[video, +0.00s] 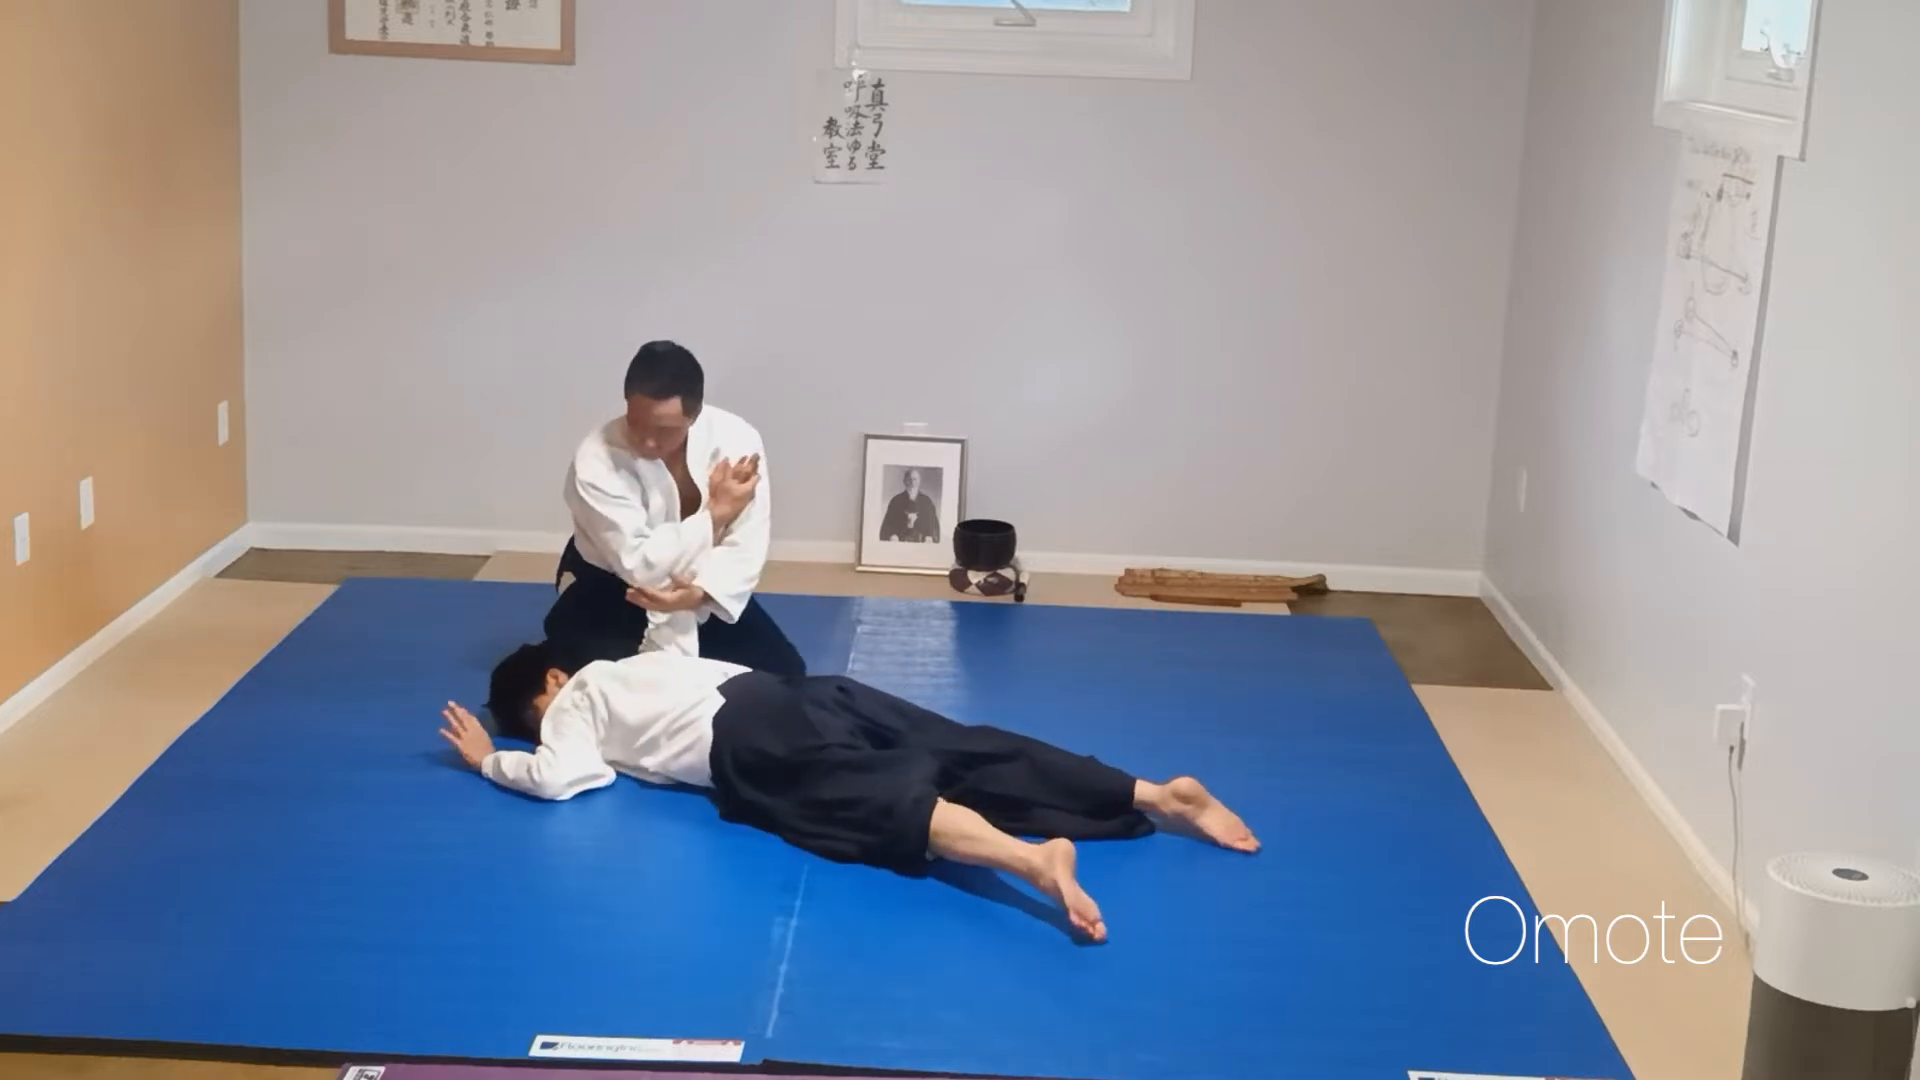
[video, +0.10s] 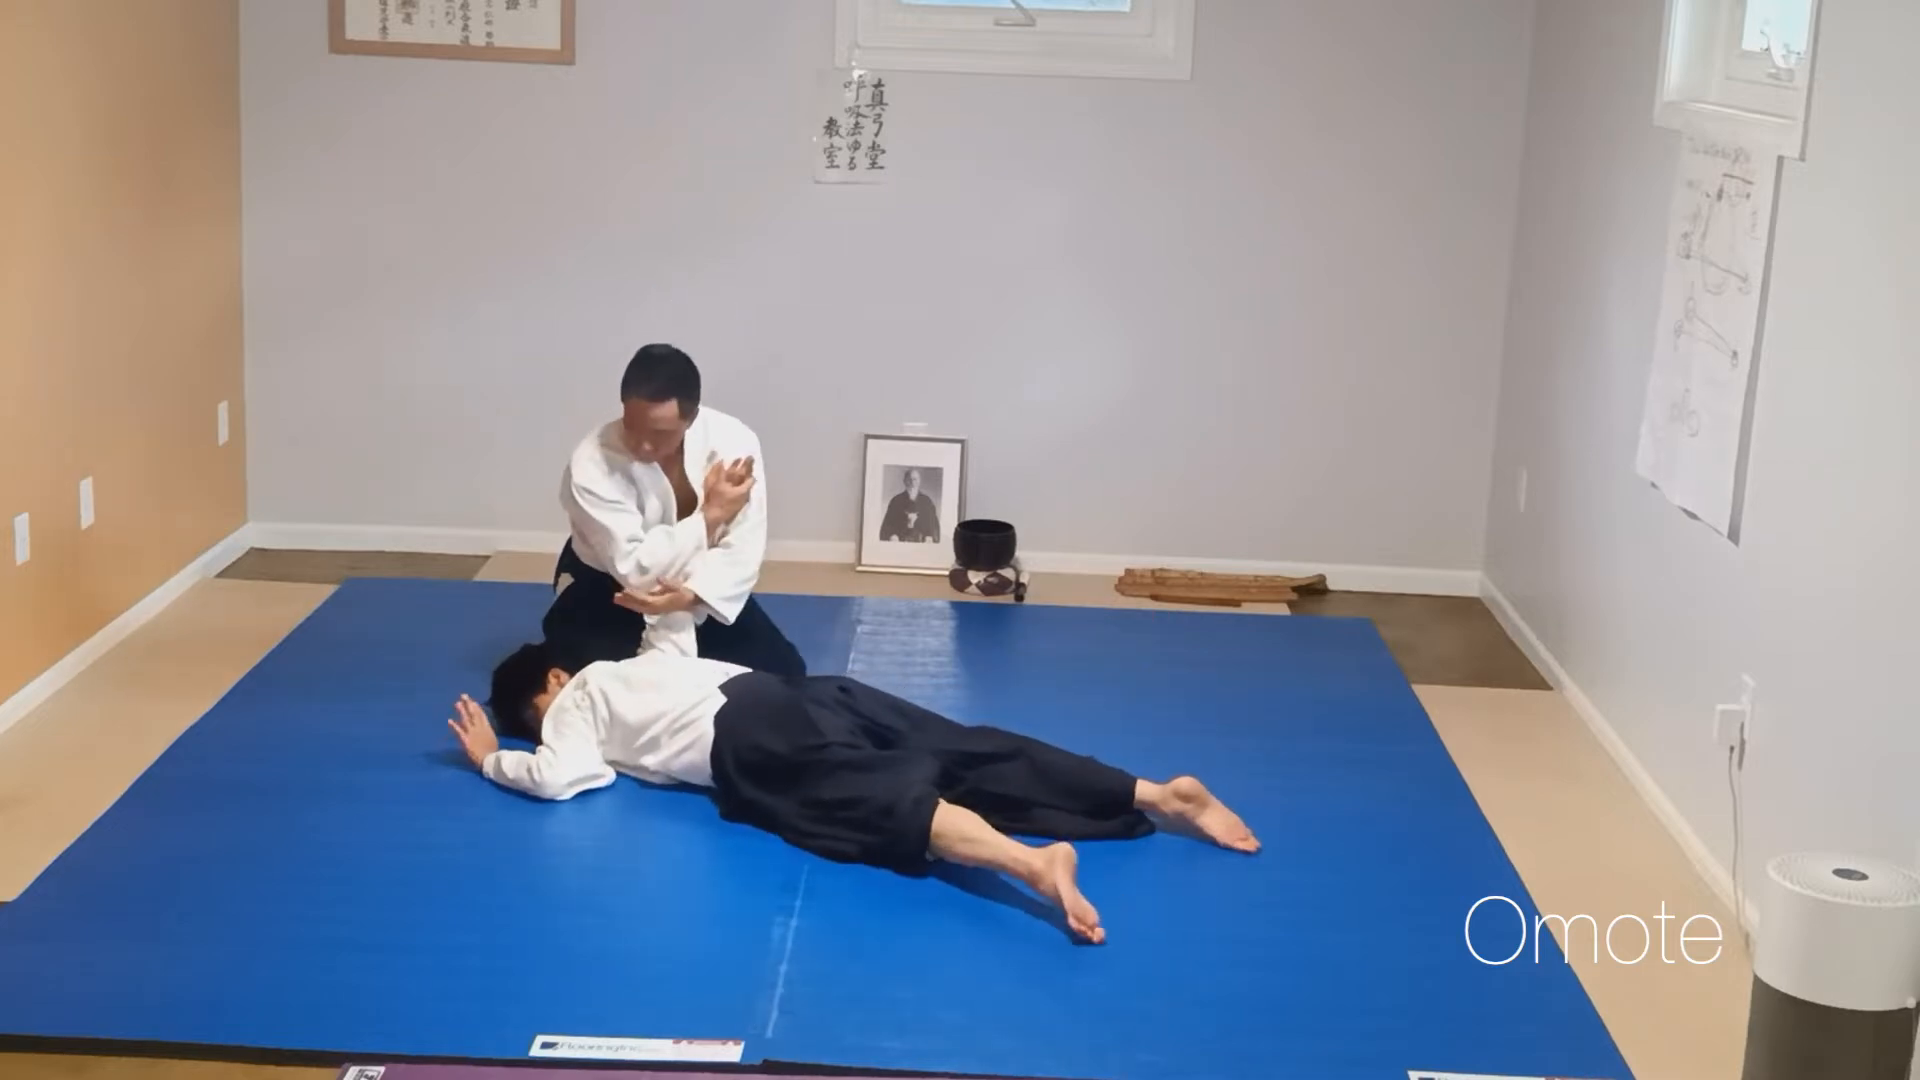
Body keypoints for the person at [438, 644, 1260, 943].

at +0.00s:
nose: (536, 720)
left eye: (527, 710)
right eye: (533, 709)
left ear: (546, 692)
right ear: (573, 664)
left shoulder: (573, 699)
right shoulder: (647, 660)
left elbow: (558, 778)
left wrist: (488, 759)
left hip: (748, 737)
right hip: (802, 687)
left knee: (889, 809)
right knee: (964, 748)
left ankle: (1030, 860)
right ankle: (1159, 797)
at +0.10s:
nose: (533, 719)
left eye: (526, 710)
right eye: (531, 709)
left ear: (547, 688)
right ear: (578, 662)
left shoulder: (572, 700)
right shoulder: (652, 659)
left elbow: (561, 775)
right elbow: (716, 645)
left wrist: (492, 758)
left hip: (749, 738)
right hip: (804, 688)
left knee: (891, 808)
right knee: (965, 748)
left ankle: (1030, 863)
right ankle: (1160, 797)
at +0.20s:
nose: (533, 719)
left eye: (526, 709)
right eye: (531, 708)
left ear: (546, 689)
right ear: (577, 662)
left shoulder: (574, 698)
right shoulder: (649, 657)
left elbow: (558, 778)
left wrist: (487, 753)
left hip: (749, 736)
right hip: (803, 686)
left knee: (886, 807)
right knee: (962, 748)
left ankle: (1029, 860)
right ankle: (1159, 797)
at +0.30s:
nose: (532, 722)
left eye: (526, 709)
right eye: (531, 709)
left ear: (547, 689)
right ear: (577, 663)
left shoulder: (576, 703)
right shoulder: (654, 653)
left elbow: (554, 779)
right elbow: (706, 641)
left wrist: (498, 758)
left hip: (751, 739)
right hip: (806, 690)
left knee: (889, 806)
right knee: (965, 748)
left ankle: (1030, 855)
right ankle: (1160, 795)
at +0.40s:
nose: (538, 723)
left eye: (530, 711)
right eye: (534, 709)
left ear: (548, 690)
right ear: (572, 666)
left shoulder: (579, 704)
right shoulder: (645, 648)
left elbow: (555, 777)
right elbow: (688, 625)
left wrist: (487, 756)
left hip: (745, 735)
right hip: (795, 688)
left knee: (882, 801)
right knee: (956, 745)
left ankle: (1029, 853)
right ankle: (1155, 796)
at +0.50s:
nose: (535, 727)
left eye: (528, 714)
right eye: (533, 714)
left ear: (546, 693)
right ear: (574, 665)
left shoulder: (578, 704)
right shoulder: (652, 653)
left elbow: (555, 777)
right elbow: (698, 651)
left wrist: (486, 758)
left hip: (750, 737)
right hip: (805, 688)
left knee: (890, 807)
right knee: (964, 747)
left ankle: (1026, 858)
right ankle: (1154, 793)